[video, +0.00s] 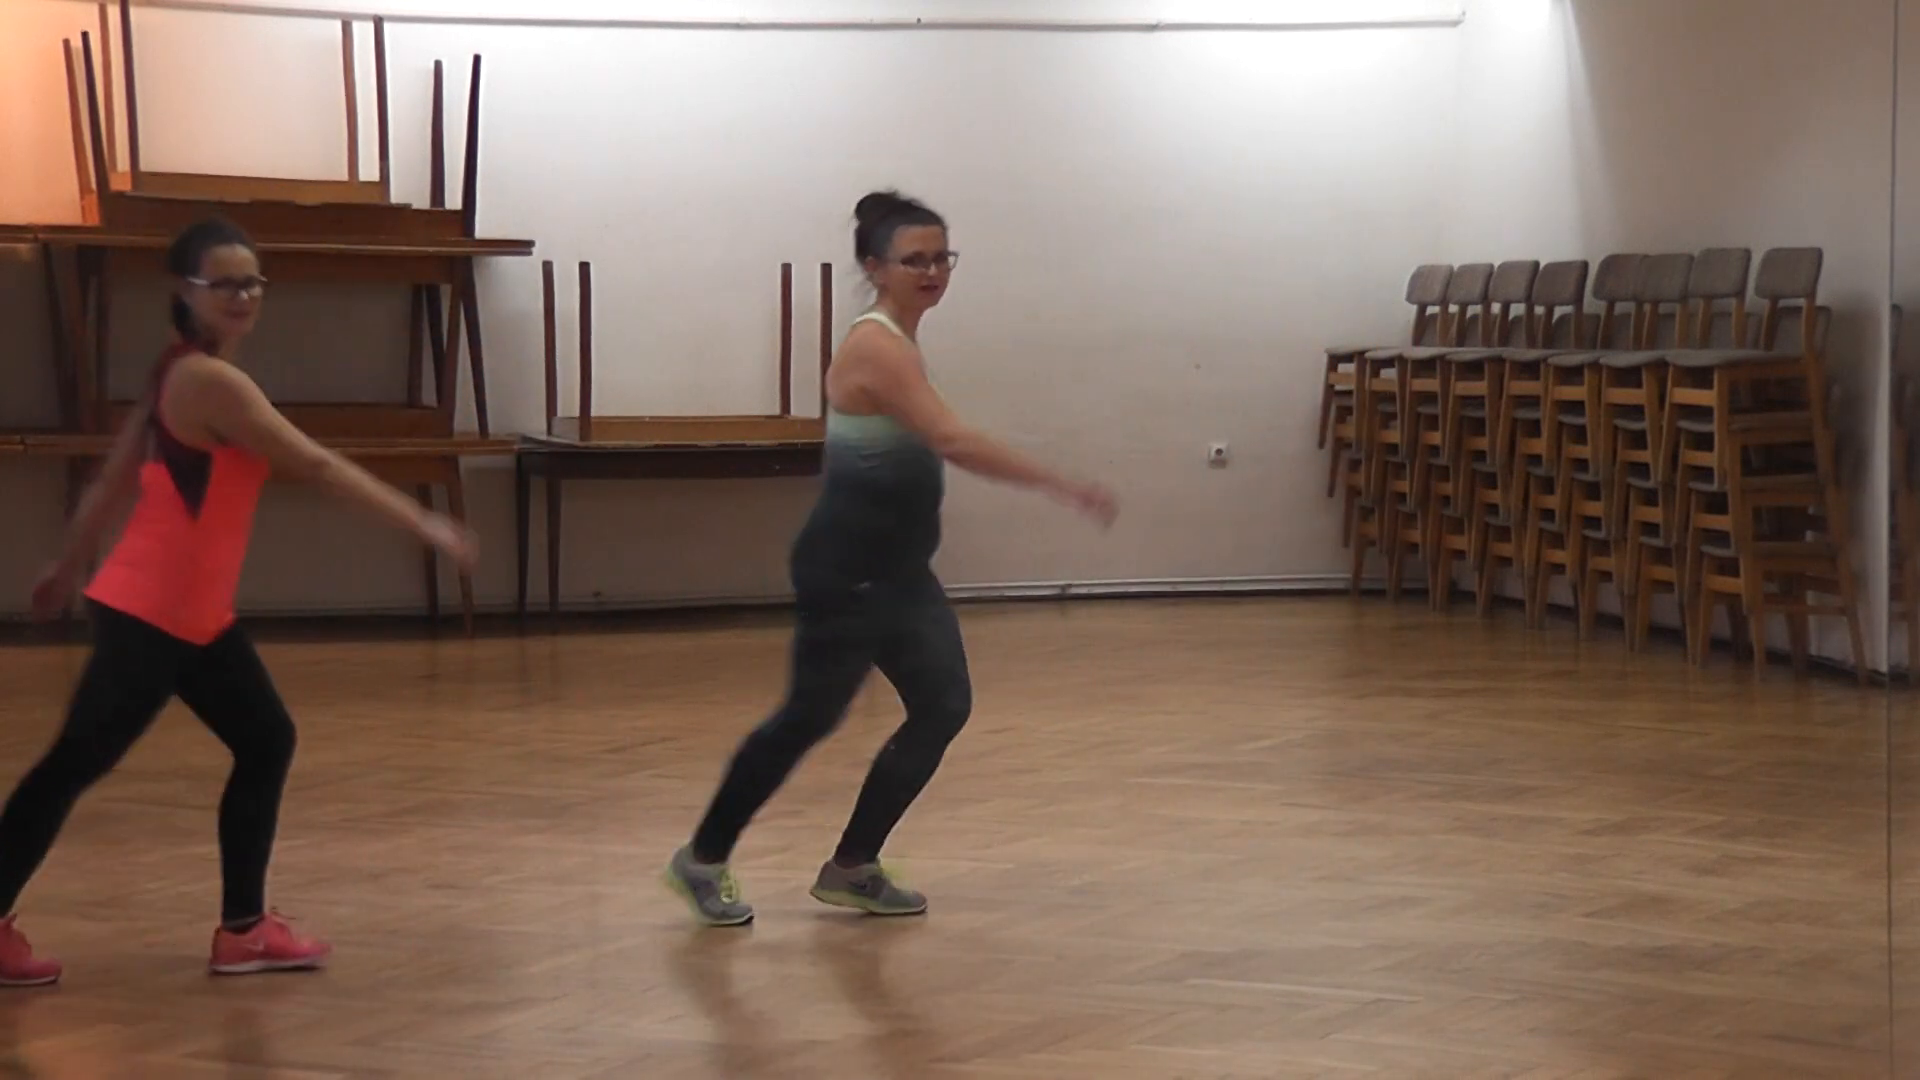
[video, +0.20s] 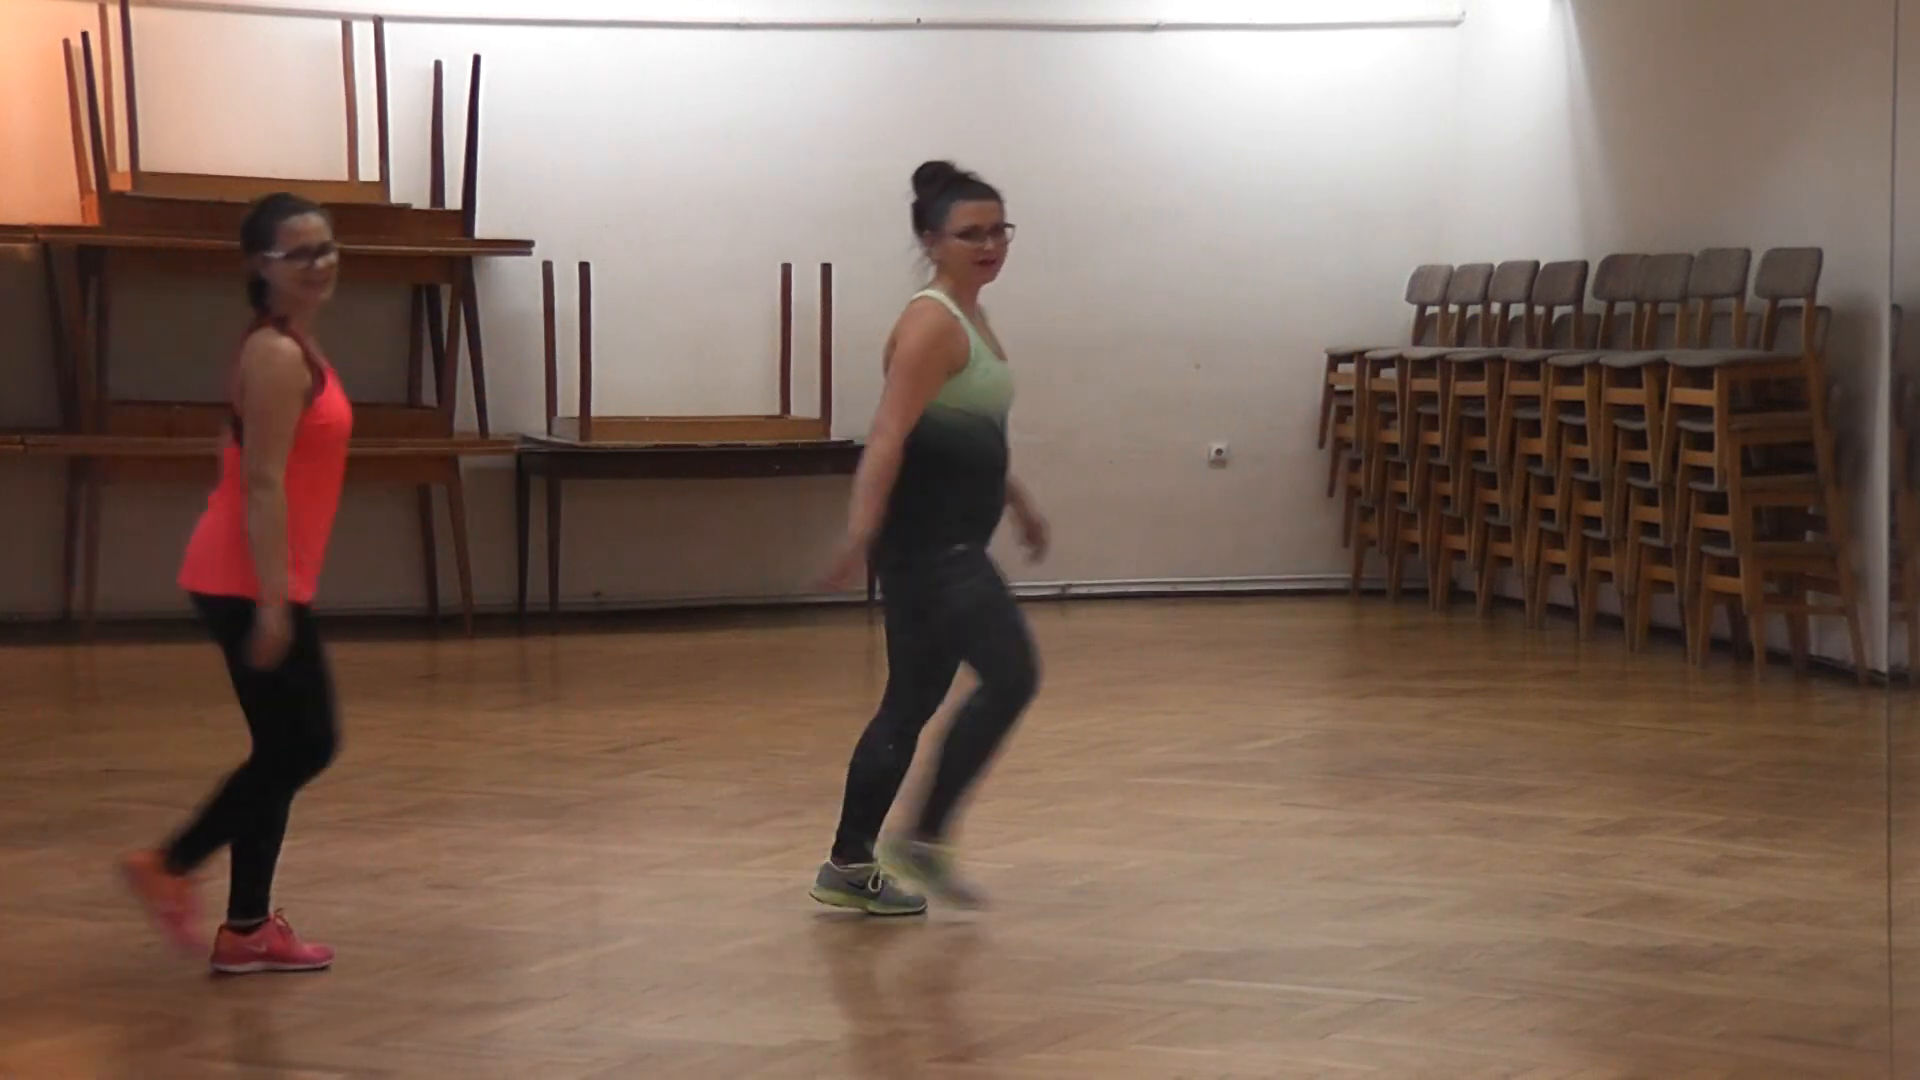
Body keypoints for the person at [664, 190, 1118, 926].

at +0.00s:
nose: (935, 271)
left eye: (942, 257)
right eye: (917, 259)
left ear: (946, 260)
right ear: (876, 266)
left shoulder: (895, 342)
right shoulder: (874, 344)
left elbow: (872, 460)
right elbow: (952, 441)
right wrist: (1062, 485)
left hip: (897, 571)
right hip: (844, 572)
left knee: (943, 706)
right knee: (811, 714)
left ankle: (851, 864)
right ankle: (701, 858)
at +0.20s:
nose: (992, 245)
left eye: (999, 231)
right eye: (974, 233)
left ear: (1006, 233)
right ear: (933, 240)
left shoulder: (968, 314)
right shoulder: (931, 322)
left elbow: (971, 432)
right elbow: (887, 435)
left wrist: (1018, 502)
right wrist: (858, 536)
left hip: (944, 546)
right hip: (932, 550)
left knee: (910, 700)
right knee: (1012, 674)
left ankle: (850, 865)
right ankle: (922, 837)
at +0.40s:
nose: (1055, 265)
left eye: (1063, 251)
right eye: (1037, 254)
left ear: (1070, 254)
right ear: (997, 265)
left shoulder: (1065, 343)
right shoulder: (983, 343)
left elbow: (1095, 443)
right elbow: (899, 422)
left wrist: (1185, 505)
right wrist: (812, 488)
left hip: (1036, 564)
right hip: (1005, 566)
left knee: (948, 711)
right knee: (1105, 692)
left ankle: (856, 857)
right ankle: (1138, 875)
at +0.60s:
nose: (1131, 256)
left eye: (1137, 242)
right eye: (1111, 247)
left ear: (1150, 247)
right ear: (1074, 262)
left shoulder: (1160, 340)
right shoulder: (1066, 342)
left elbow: (1175, 451)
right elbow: (1026, 452)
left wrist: (1223, 539)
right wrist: (1019, 550)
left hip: (1154, 557)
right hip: (1091, 561)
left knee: (1199, 703)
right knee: (1161, 707)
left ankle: (1060, 814)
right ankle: (1138, 879)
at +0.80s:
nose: (1204, 239)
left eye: (1214, 223)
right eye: (1184, 229)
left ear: (1229, 227)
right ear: (1151, 239)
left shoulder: (1259, 323)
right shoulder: (1130, 323)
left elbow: (1274, 434)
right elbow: (1104, 430)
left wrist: (1294, 527)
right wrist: (1194, 441)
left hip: (1247, 531)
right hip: (1161, 534)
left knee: (1288, 694)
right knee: (1176, 694)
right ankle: (1141, 873)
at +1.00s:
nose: (1265, 243)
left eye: (1277, 228)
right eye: (1246, 232)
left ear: (1291, 233)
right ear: (1215, 241)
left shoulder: (1328, 322)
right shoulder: (1187, 330)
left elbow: (1368, 418)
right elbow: (1174, 433)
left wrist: (1350, 455)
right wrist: (1222, 460)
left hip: (1314, 533)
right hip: (1223, 537)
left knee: (1317, 702)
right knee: (1220, 703)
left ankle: (1333, 867)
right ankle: (1222, 838)